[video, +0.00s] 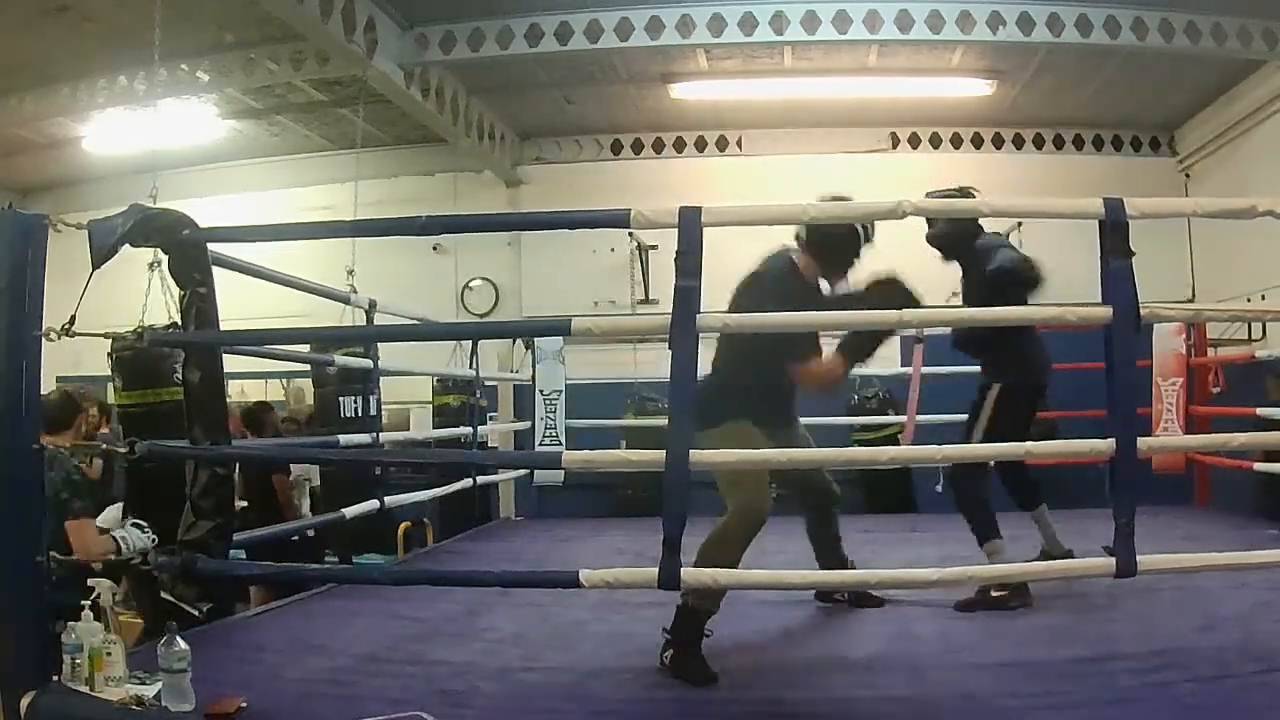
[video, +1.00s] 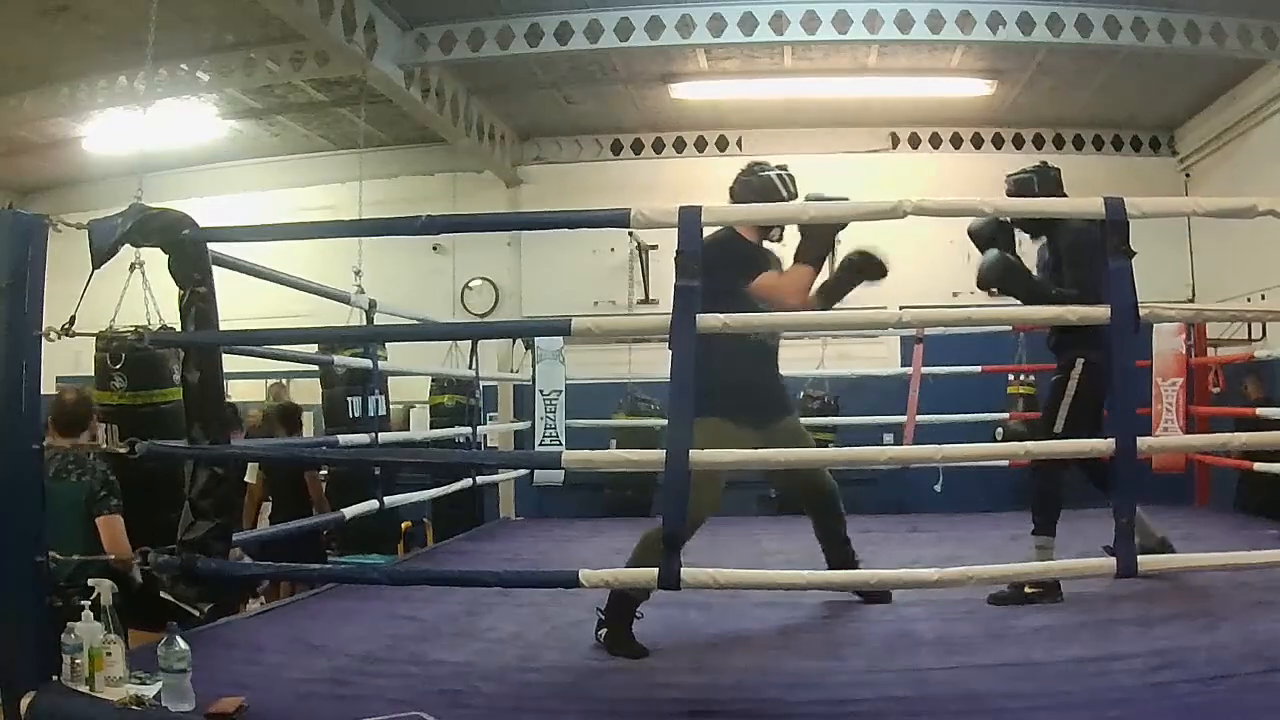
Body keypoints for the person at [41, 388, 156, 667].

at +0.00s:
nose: (86, 422)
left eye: (85, 416)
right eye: (84, 416)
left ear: (39, 420)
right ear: (77, 421)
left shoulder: (24, 455)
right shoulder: (64, 467)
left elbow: (51, 535)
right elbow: (88, 548)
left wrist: (95, 525)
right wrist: (128, 539)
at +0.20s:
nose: (111, 428)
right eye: (108, 421)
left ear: (63, 423)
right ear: (103, 426)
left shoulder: (41, 463)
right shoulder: (91, 478)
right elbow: (99, 561)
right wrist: (127, 553)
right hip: (77, 593)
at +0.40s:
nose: (123, 426)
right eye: (121, 421)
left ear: (80, 423)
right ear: (118, 426)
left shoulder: (54, 462)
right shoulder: (110, 472)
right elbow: (122, 563)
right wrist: (137, 566)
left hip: (58, 585)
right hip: (102, 590)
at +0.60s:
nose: (129, 427)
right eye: (128, 422)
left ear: (83, 423)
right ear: (124, 425)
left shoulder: (53, 465)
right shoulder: (122, 478)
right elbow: (134, 563)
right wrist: (153, 572)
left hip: (61, 587)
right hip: (109, 591)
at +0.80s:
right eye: (120, 420)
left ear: (78, 422)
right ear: (118, 423)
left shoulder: (51, 464)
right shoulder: (116, 474)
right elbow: (129, 556)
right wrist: (147, 575)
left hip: (60, 584)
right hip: (106, 589)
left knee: (69, 670)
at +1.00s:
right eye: (95, 418)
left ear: (49, 422)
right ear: (90, 424)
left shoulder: (29, 462)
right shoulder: (96, 470)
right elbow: (117, 550)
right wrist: (129, 571)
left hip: (36, 581)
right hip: (86, 587)